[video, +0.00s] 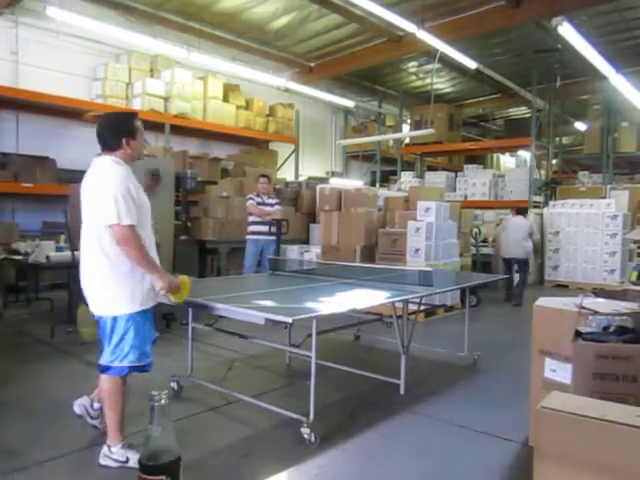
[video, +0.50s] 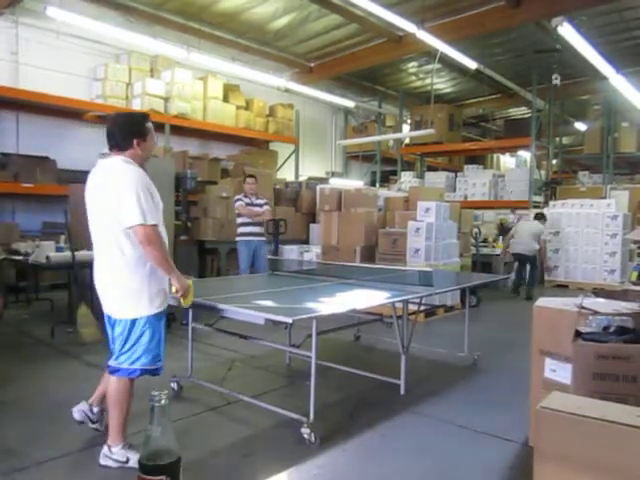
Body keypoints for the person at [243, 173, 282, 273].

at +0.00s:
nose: (263, 185)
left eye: (266, 183)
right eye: (261, 183)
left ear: (269, 185)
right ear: (257, 185)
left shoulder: (274, 200)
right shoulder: (252, 197)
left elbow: (279, 215)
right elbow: (252, 210)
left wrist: (265, 217)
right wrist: (271, 212)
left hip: (270, 237)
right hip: (254, 236)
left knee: (268, 267)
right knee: (250, 267)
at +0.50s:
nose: (251, 186)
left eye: (253, 183)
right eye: (248, 183)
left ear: (256, 185)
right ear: (244, 185)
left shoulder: (262, 200)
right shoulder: (239, 198)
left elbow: (268, 216)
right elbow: (243, 211)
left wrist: (252, 217)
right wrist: (261, 212)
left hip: (260, 238)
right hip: (244, 238)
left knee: (262, 269)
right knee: (244, 270)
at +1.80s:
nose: (263, 188)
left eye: (265, 185)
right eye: (260, 185)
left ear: (269, 186)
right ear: (257, 187)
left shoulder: (275, 200)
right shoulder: (252, 199)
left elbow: (280, 214)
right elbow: (257, 213)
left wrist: (268, 218)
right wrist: (273, 214)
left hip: (271, 238)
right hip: (255, 238)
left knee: (268, 268)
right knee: (251, 268)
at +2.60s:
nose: (252, 187)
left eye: (255, 185)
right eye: (250, 185)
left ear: (258, 186)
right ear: (246, 186)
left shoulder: (264, 202)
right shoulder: (240, 199)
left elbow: (269, 216)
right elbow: (246, 212)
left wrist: (254, 217)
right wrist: (262, 214)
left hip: (261, 239)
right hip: (245, 239)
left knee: (263, 269)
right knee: (247, 270)